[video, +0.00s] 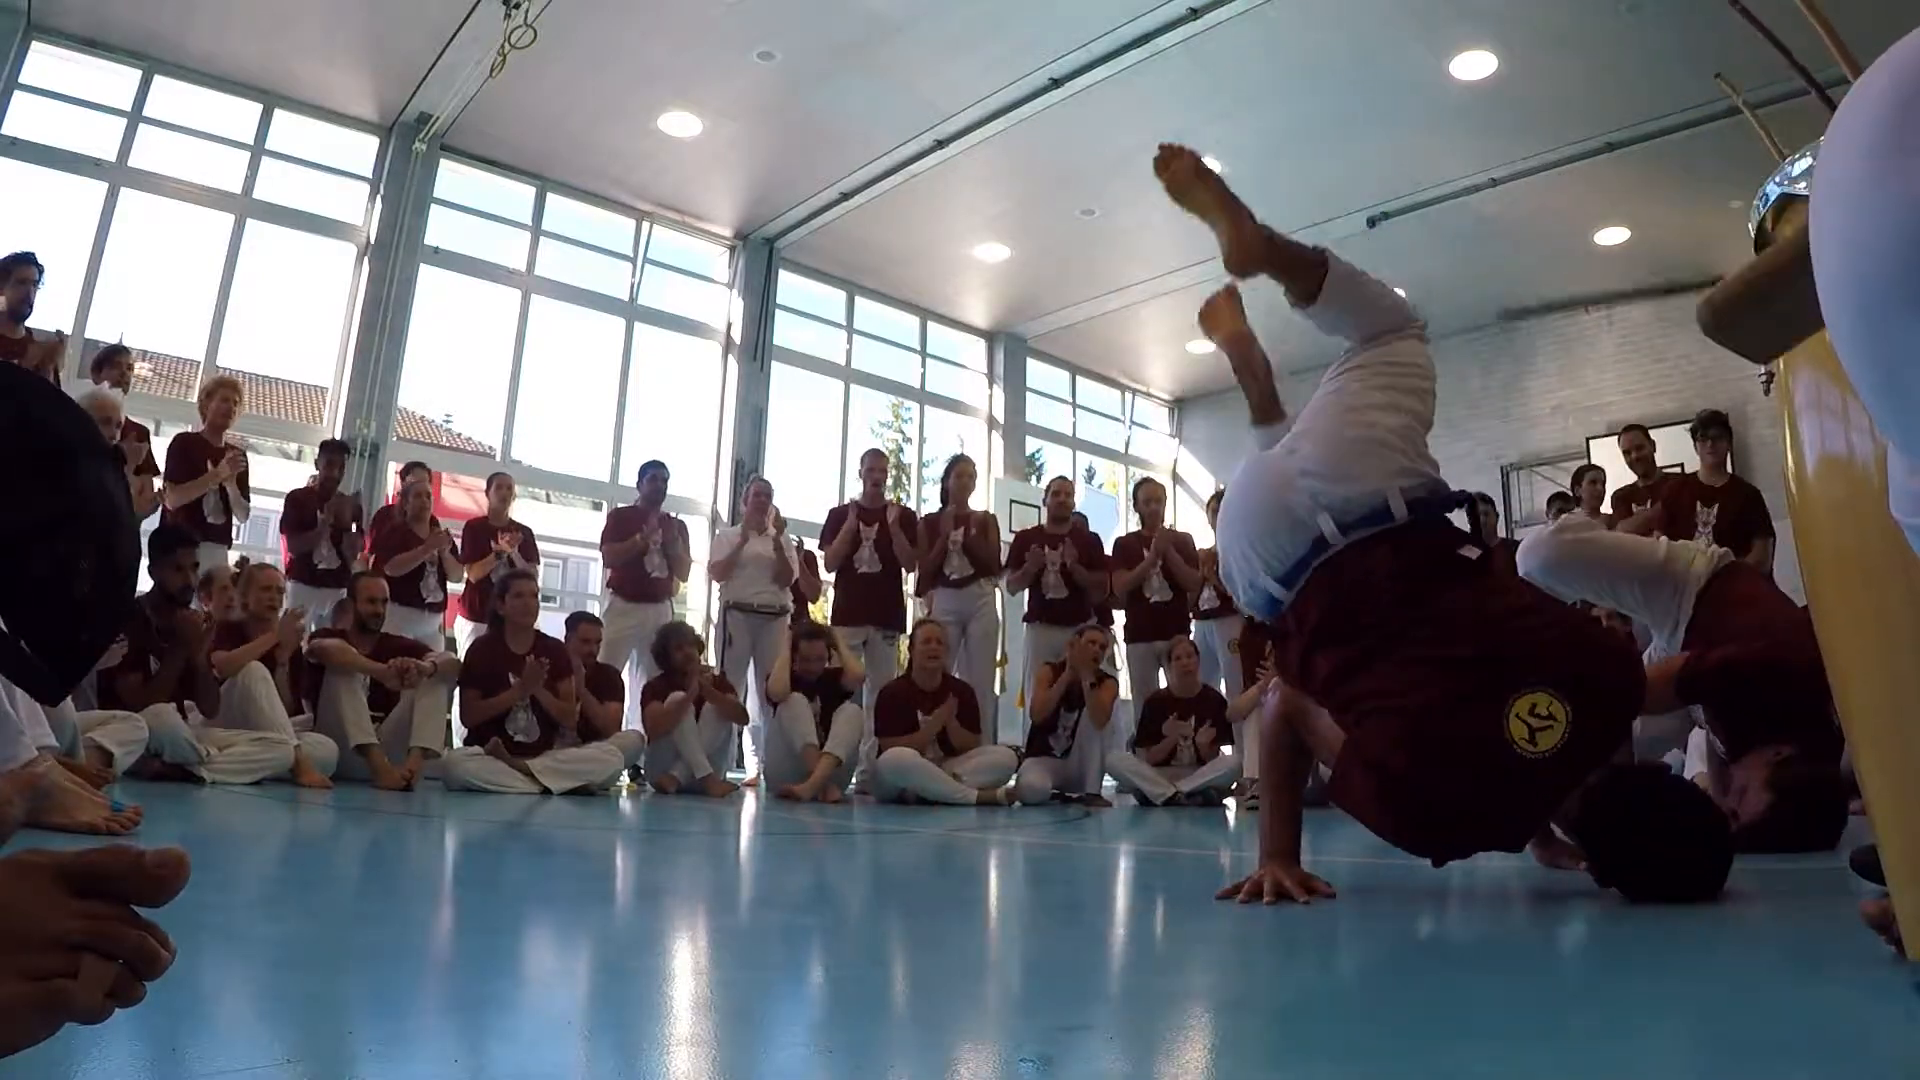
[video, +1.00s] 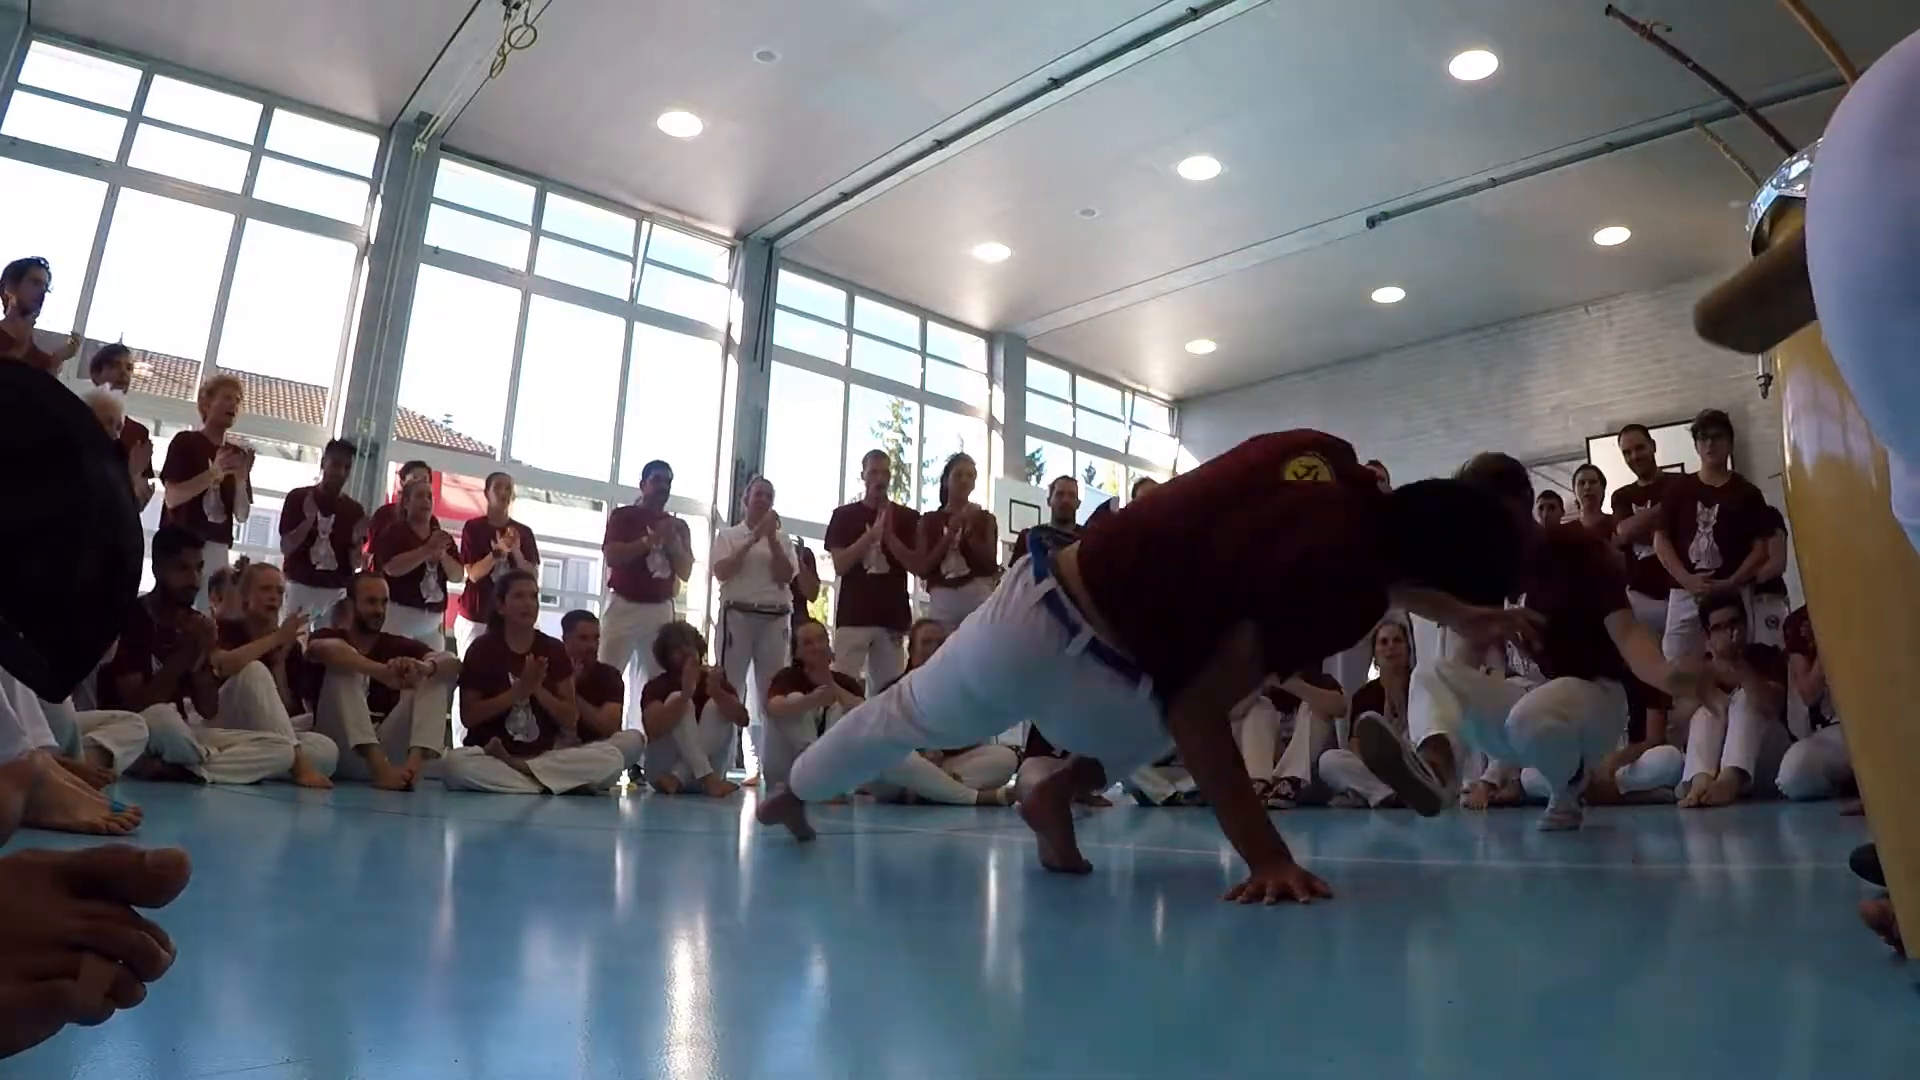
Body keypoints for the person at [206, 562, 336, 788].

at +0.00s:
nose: (274, 598)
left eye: (279, 591)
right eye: (266, 590)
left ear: (284, 597)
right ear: (245, 595)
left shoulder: (290, 642)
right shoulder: (228, 630)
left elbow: (290, 710)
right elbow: (221, 667)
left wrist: (284, 660)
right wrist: (275, 638)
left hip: (274, 733)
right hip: (227, 726)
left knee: (327, 752)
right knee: (253, 671)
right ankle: (299, 762)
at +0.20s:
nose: (274, 597)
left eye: (279, 591)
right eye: (265, 589)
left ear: (284, 597)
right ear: (245, 595)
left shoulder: (290, 645)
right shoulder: (225, 629)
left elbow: (291, 710)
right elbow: (220, 667)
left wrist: (282, 666)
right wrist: (280, 635)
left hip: (271, 733)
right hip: (224, 725)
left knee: (326, 751)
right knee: (253, 671)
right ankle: (299, 762)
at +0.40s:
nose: (274, 597)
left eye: (280, 591)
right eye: (266, 589)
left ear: (285, 597)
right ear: (245, 596)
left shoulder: (288, 643)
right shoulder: (226, 629)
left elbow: (290, 710)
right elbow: (221, 666)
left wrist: (283, 664)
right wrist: (273, 637)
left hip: (272, 733)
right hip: (225, 725)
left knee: (327, 752)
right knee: (253, 671)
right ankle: (299, 762)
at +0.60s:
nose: (275, 597)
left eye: (280, 591)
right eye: (266, 589)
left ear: (284, 597)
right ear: (245, 595)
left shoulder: (289, 644)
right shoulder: (224, 630)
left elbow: (293, 712)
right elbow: (223, 664)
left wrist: (277, 670)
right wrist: (279, 640)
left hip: (274, 734)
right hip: (225, 727)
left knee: (326, 751)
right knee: (253, 671)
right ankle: (299, 762)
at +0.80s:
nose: (274, 597)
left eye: (279, 591)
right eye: (266, 589)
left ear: (284, 598)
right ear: (246, 595)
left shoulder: (285, 642)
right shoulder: (226, 629)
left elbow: (288, 712)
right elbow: (221, 666)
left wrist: (284, 663)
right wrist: (279, 637)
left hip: (270, 733)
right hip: (223, 727)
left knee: (326, 751)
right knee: (253, 671)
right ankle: (298, 762)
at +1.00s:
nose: (274, 597)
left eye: (279, 591)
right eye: (266, 589)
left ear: (284, 597)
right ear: (246, 595)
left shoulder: (291, 646)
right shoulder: (224, 630)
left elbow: (293, 711)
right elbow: (222, 666)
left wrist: (279, 664)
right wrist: (278, 637)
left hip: (273, 733)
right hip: (224, 726)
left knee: (326, 752)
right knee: (253, 671)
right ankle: (298, 762)